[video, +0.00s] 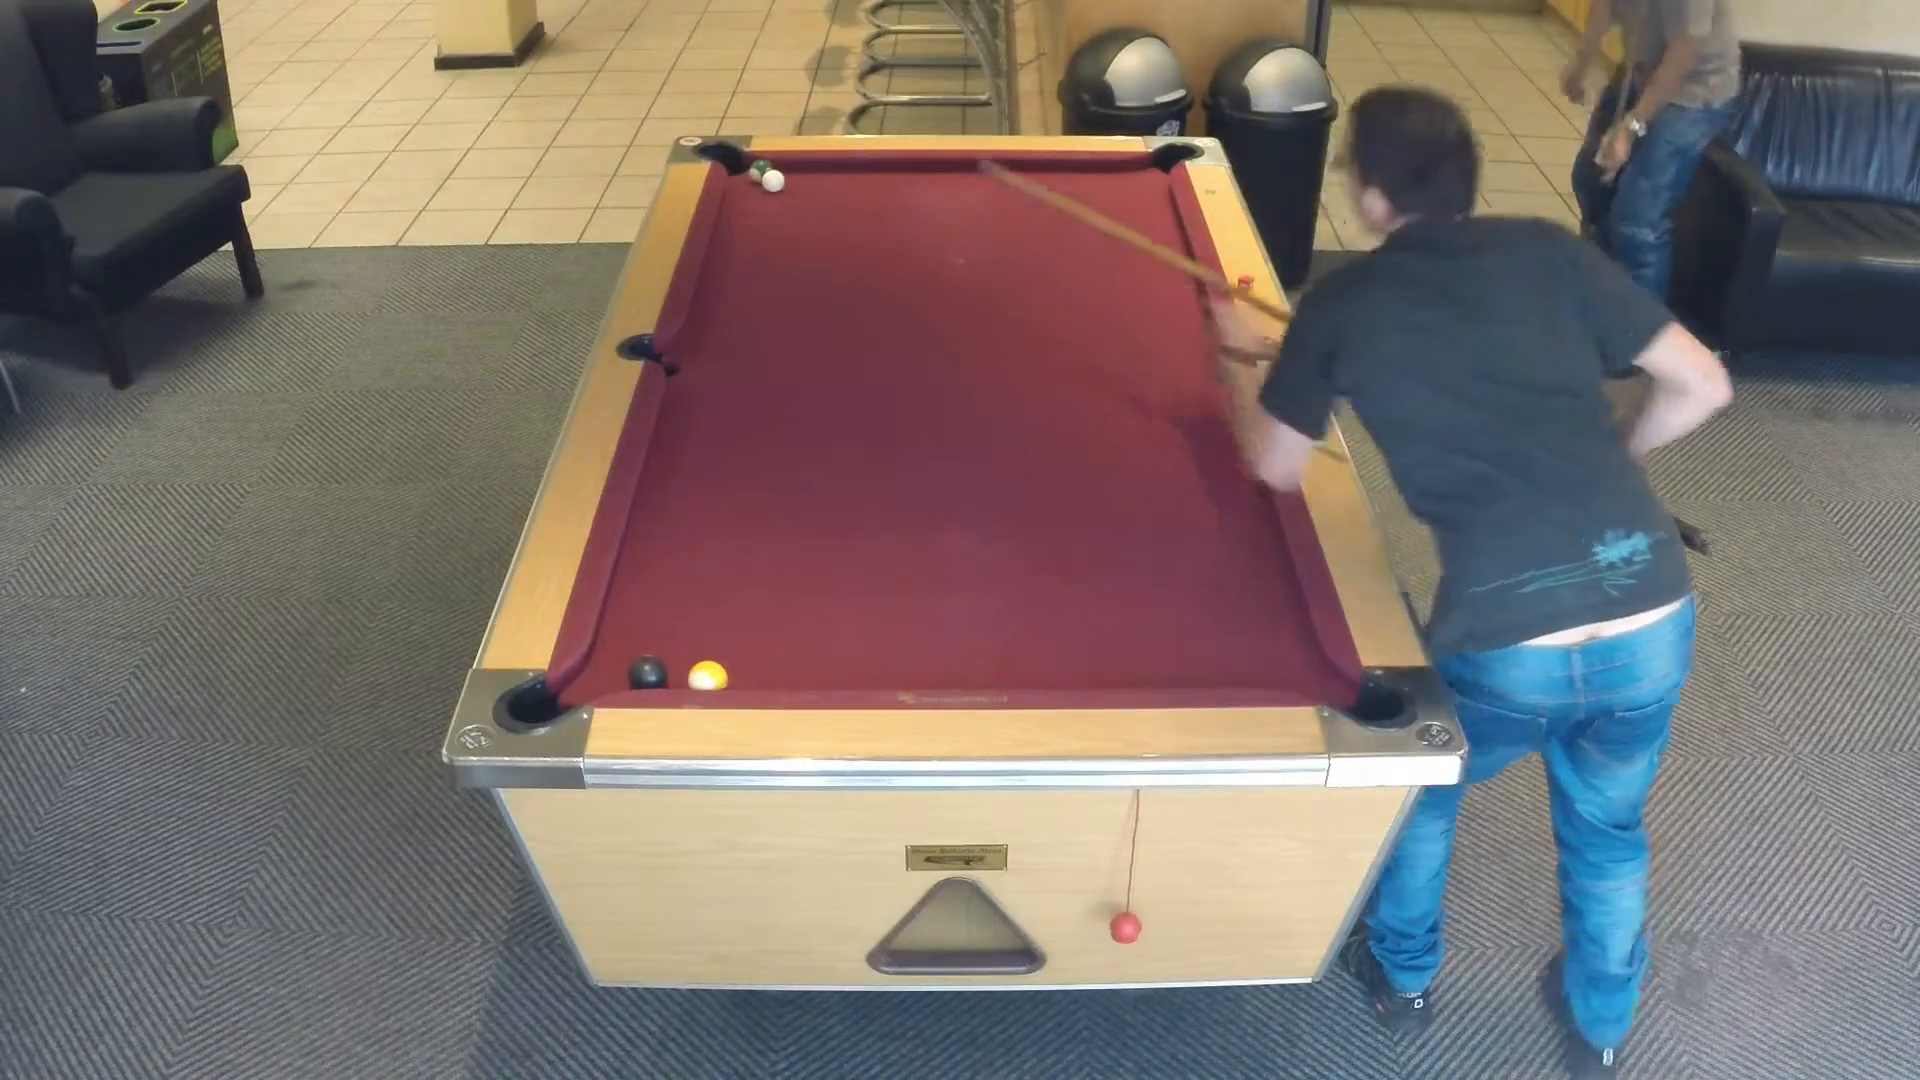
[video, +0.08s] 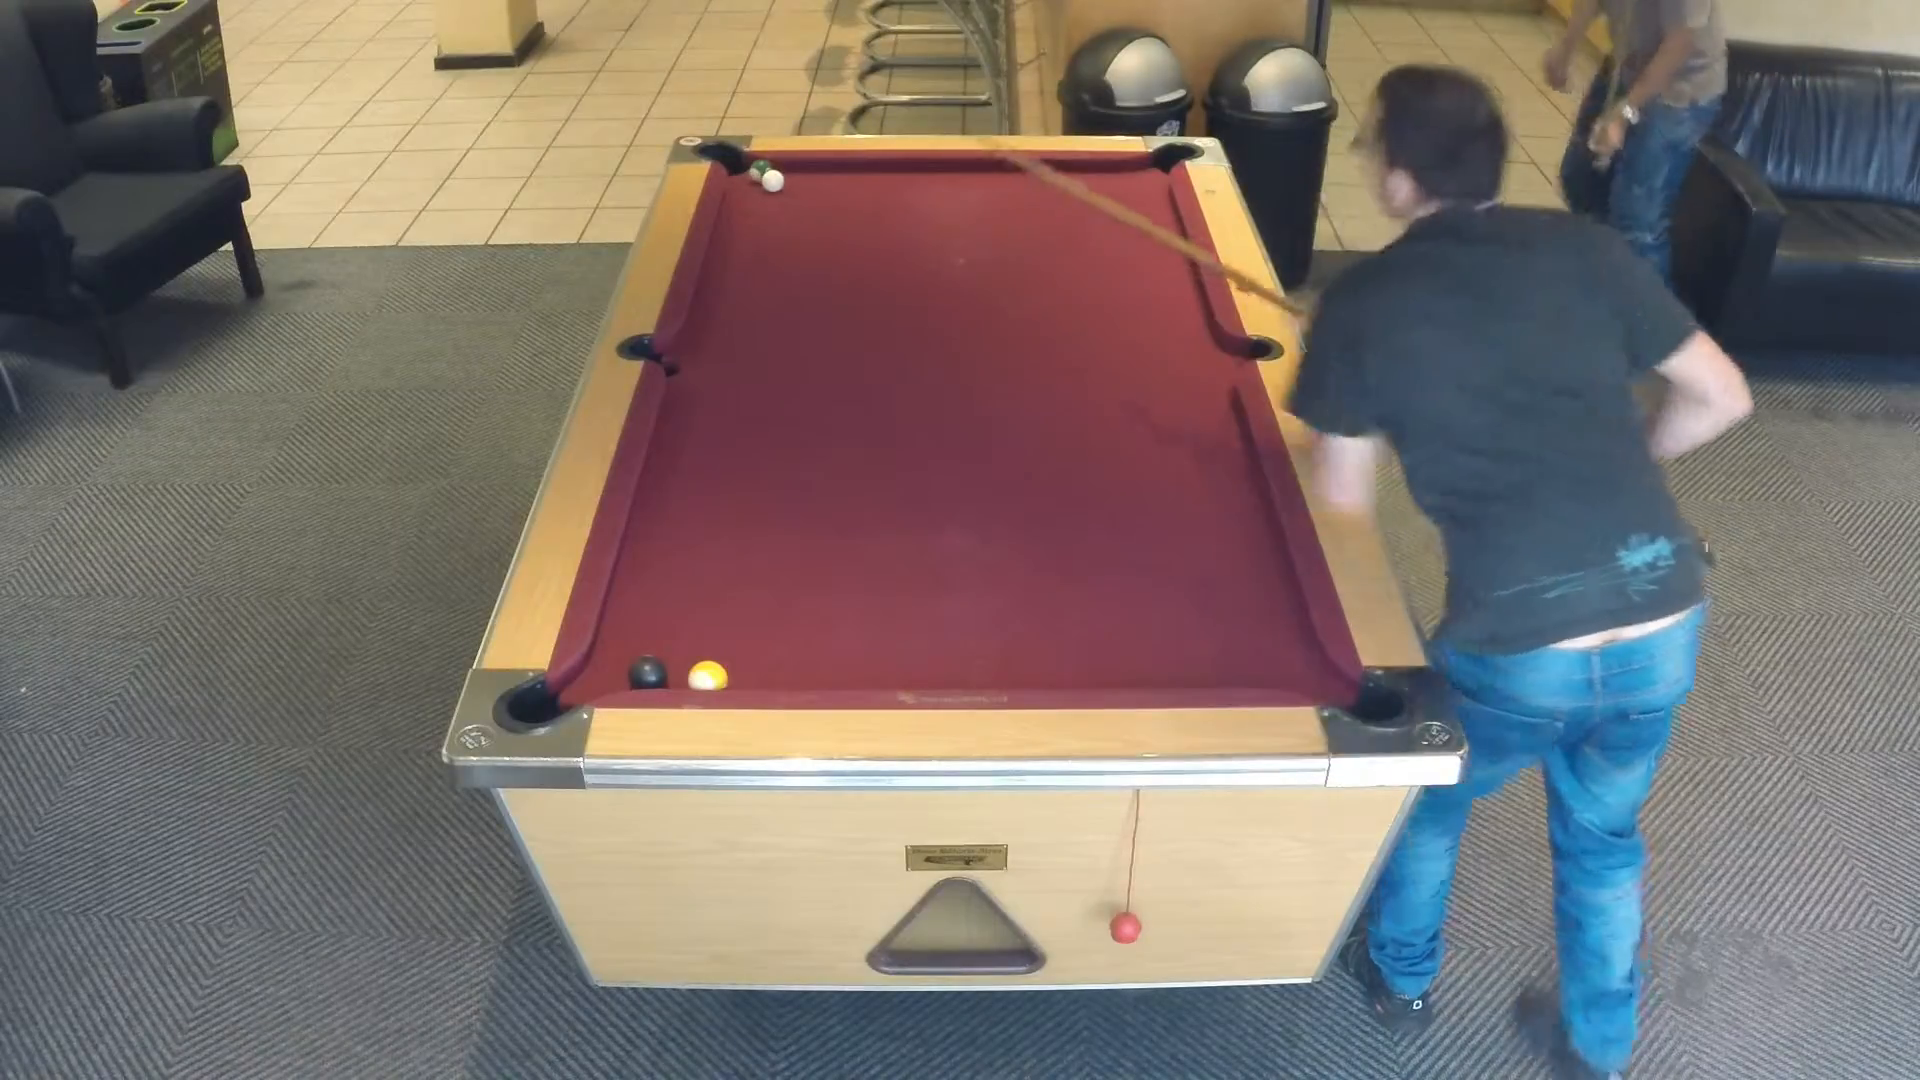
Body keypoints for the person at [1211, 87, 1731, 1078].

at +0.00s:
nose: (1341, 189)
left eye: (1346, 175)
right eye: (1346, 171)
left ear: (1370, 194)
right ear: (1463, 180)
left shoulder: (1343, 300)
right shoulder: (1550, 251)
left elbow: (1277, 466)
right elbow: (1702, 385)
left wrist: (1247, 378)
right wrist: (1604, 446)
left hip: (1508, 640)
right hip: (1652, 621)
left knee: (1424, 780)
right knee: (1610, 831)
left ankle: (1404, 966)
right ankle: (1605, 1019)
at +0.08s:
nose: (1370, 167)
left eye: (1376, 154)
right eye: (1374, 150)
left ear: (1398, 176)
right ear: (1494, 163)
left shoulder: (1365, 295)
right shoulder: (1584, 245)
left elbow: (1341, 493)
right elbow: (1719, 394)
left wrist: (1374, 413)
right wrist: (1611, 453)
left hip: (1519, 637)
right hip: (1662, 621)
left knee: (1436, 792)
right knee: (1606, 841)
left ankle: (1403, 973)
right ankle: (1602, 1042)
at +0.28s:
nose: (1449, 155)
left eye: (1462, 141)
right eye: (1455, 137)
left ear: (1511, 163)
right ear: (1590, 156)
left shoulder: (1472, 313)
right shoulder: (1683, 267)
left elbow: (1441, 525)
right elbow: (1750, 447)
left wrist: (1537, 471)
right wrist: (1643, 459)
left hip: (1564, 689)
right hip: (1696, 676)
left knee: (1454, 840)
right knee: (1613, 890)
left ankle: (1400, 973)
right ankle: (1613, 1064)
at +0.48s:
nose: (1538, 183)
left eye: (1557, 171)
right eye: (1544, 163)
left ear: (1623, 199)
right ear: (1666, 192)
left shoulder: (1599, 352)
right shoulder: (1757, 292)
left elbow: (1551, 612)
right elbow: (1711, 476)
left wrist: (1495, 532)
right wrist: (1548, 510)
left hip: (1616, 742)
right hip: (1740, 709)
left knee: (1474, 897)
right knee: (1628, 925)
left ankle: (1411, 1032)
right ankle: (1613, 1067)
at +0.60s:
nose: (1551, 202)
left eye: (1577, 192)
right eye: (1561, 180)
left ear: (1656, 227)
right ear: (1676, 227)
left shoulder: (1635, 393)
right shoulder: (1771, 312)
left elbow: (1632, 661)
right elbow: (1757, 510)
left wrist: (1539, 622)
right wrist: (1611, 589)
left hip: (1634, 773)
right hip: (1741, 724)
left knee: (1477, 967)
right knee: (1629, 946)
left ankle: (1454, 1069)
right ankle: (1615, 1068)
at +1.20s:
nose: (1405, 426)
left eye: (1417, 416)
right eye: (1412, 410)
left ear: (1489, 471)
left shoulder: (1650, 720)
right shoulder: (1599, 494)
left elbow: (1619, 998)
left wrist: (1471, 1073)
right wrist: (1481, 726)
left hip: (1541, 1027)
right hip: (1457, 912)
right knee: (1361, 1051)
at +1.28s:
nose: (1363, 442)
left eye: (1373, 430)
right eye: (1368, 424)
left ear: (1439, 489)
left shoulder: (1611, 746)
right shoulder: (1559, 508)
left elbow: (1588, 1032)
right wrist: (1436, 731)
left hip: (1494, 1038)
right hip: (1412, 928)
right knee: (1309, 1054)